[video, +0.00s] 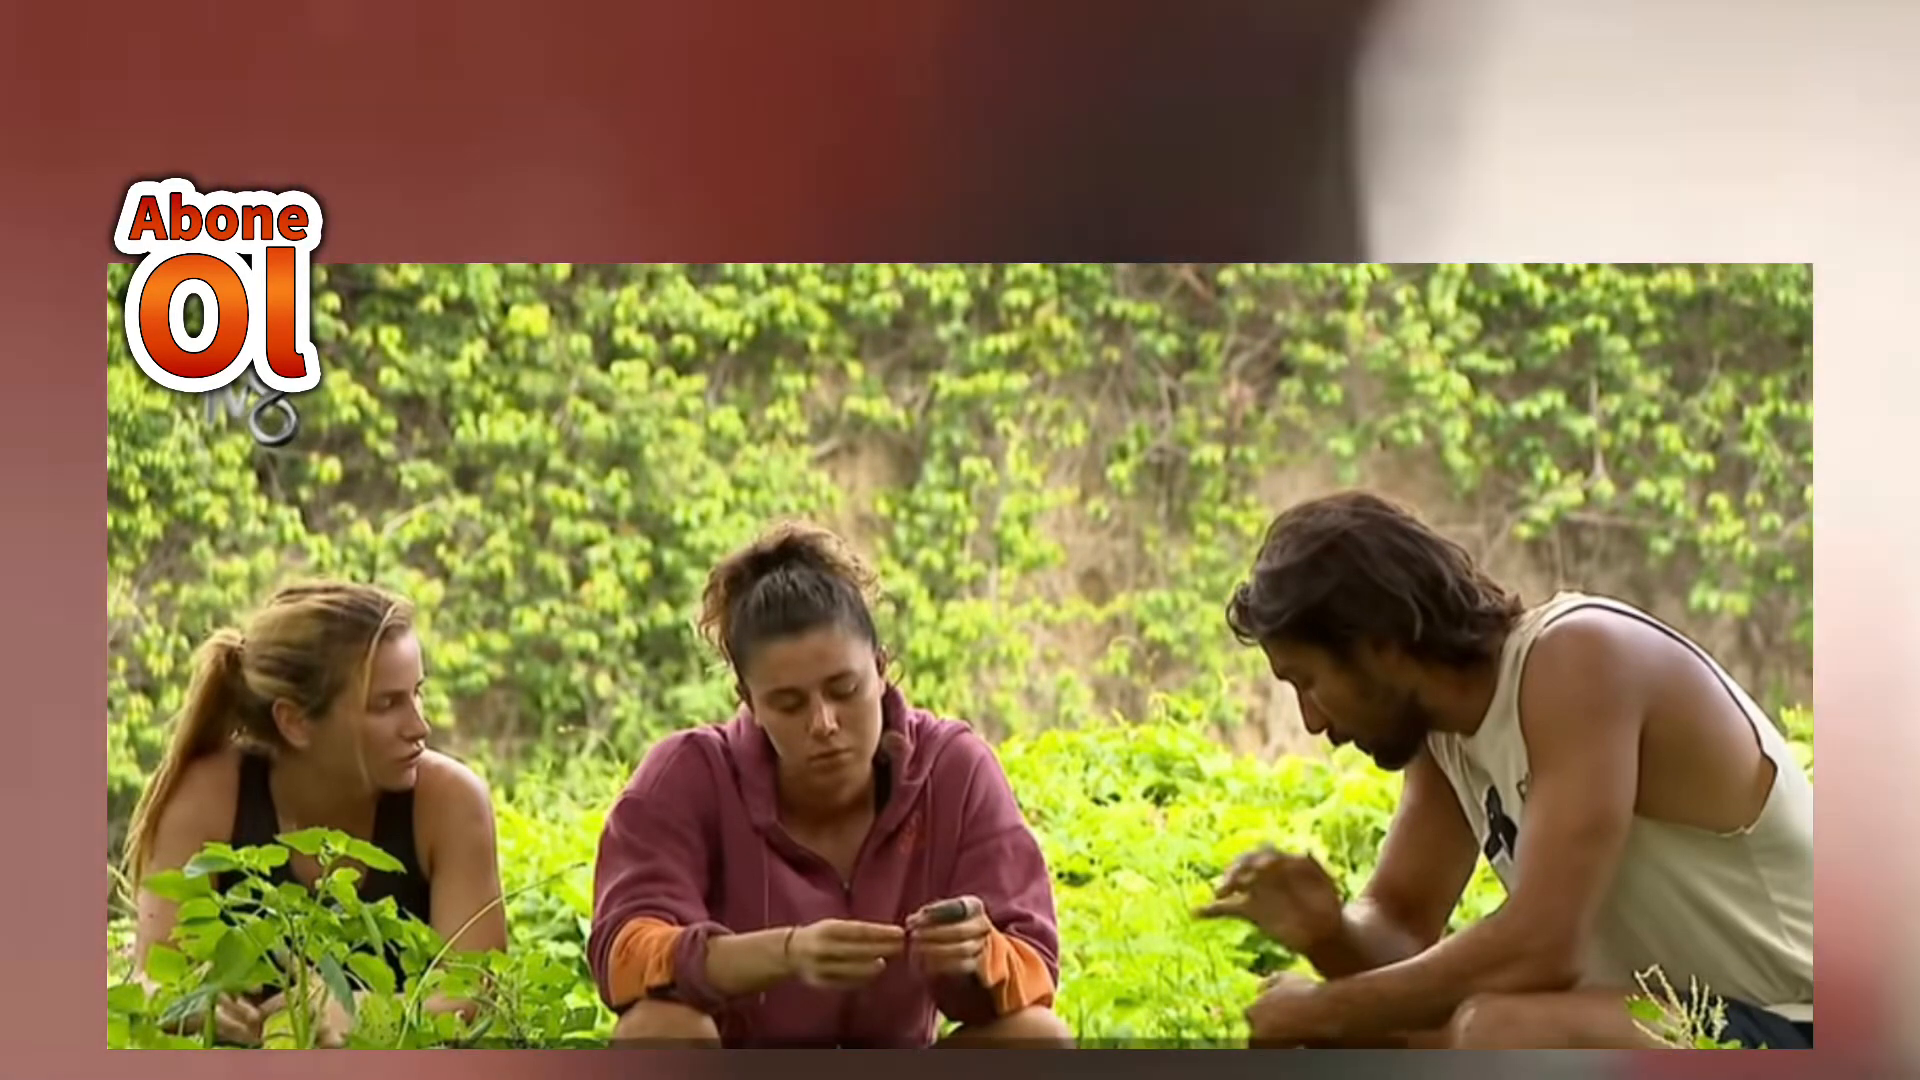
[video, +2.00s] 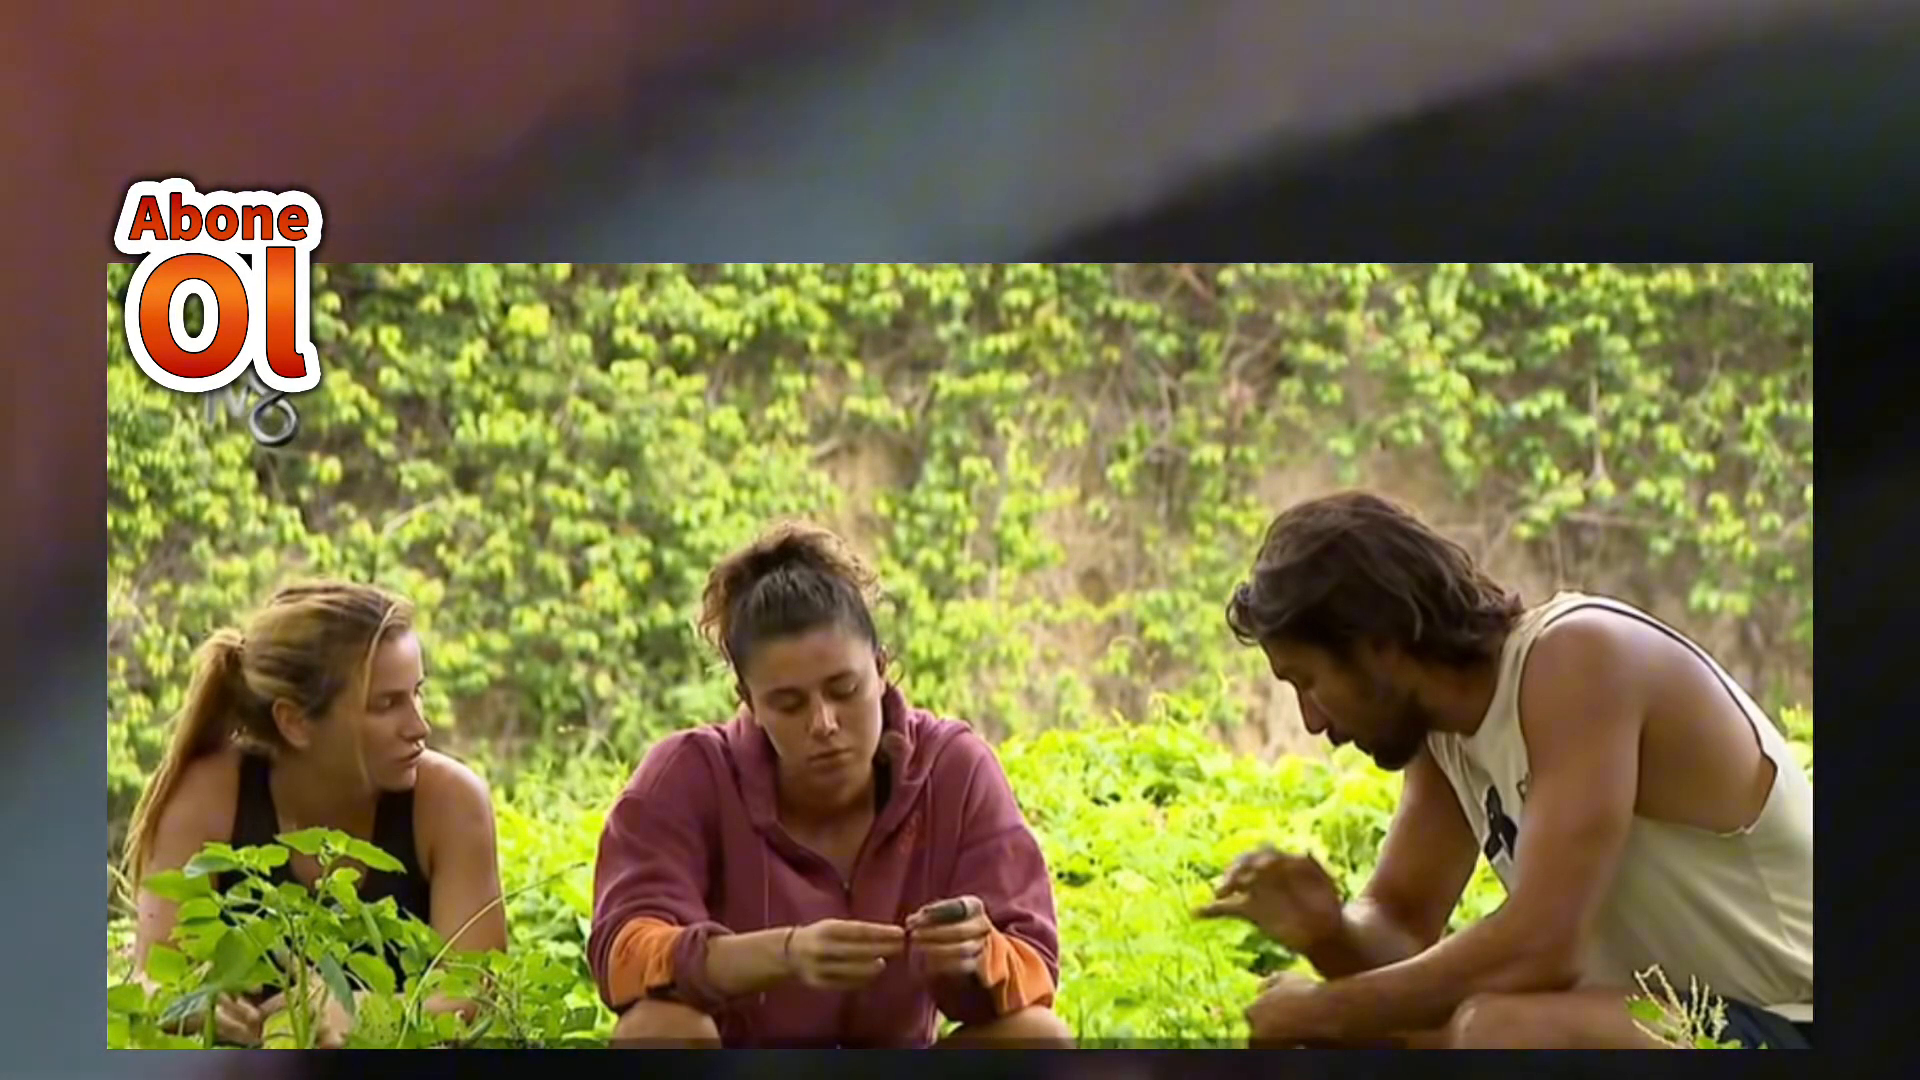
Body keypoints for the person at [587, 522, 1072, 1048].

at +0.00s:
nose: (824, 725)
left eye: (844, 690)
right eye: (789, 703)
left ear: (880, 669)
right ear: (747, 699)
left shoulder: (955, 766)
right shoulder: (687, 773)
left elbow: (1030, 970)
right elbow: (629, 957)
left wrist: (978, 953)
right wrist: (787, 952)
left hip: (897, 1059)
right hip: (738, 1061)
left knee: (1037, 1036)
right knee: (660, 1026)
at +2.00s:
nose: (824, 725)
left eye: (844, 690)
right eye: (789, 703)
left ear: (881, 670)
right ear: (747, 700)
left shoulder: (955, 766)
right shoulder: (687, 773)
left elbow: (1030, 971)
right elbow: (629, 957)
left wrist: (977, 953)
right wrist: (785, 953)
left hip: (897, 1053)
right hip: (739, 1056)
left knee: (1036, 1035)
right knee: (659, 1026)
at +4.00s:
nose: (824, 725)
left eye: (844, 690)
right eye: (789, 703)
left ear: (881, 670)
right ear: (747, 698)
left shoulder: (955, 766)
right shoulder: (687, 773)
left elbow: (1030, 970)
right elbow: (629, 957)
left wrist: (977, 954)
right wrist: (786, 952)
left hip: (898, 1062)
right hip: (739, 1063)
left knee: (1037, 1037)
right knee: (658, 1026)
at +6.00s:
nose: (824, 725)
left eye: (844, 690)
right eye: (789, 703)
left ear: (881, 670)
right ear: (747, 699)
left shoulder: (955, 766)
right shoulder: (687, 773)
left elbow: (1030, 970)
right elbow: (630, 957)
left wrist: (977, 953)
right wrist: (785, 953)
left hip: (897, 1061)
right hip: (739, 1062)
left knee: (1037, 1037)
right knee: (659, 1026)